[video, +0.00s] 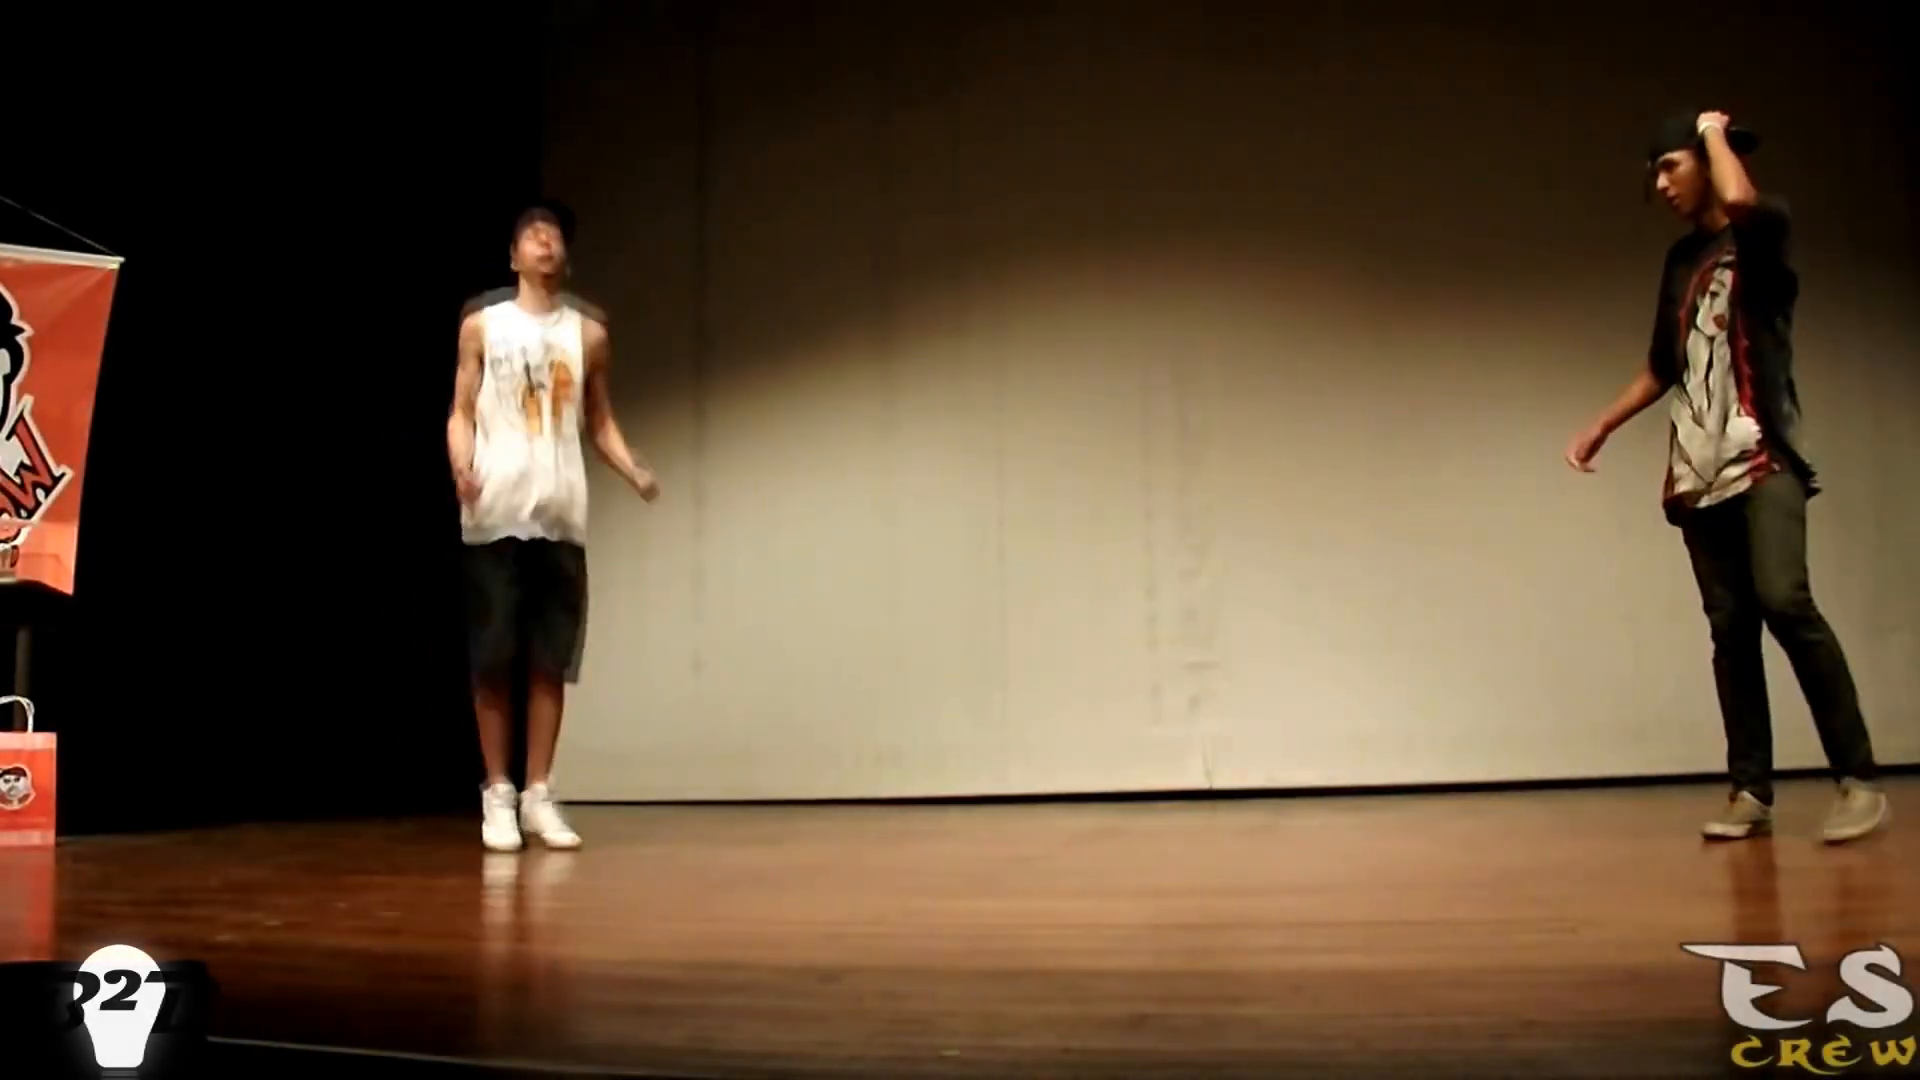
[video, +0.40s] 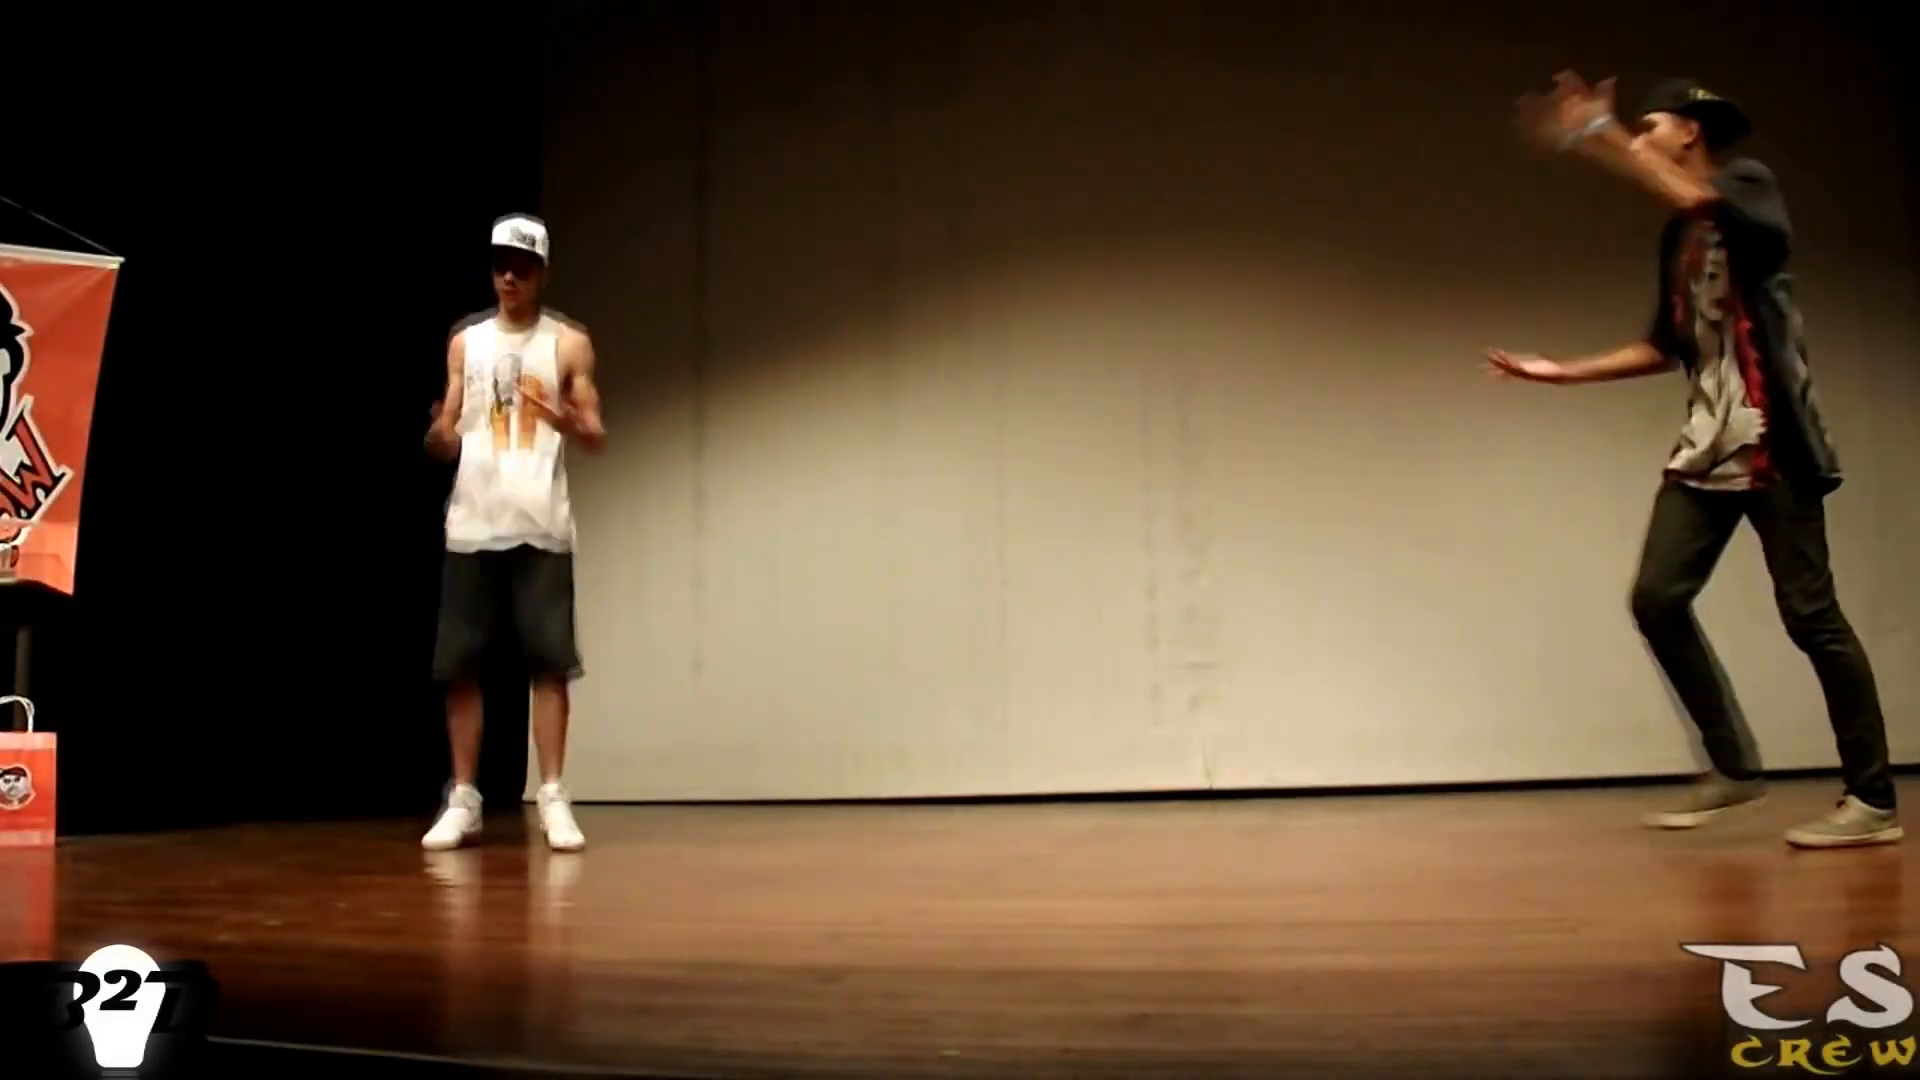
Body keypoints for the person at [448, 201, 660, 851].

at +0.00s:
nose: (545, 245)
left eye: (554, 236)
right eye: (534, 236)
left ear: (566, 253)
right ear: (514, 251)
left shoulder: (589, 332)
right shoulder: (481, 325)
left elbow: (600, 420)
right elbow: (462, 410)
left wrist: (633, 470)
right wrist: (463, 465)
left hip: (560, 520)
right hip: (492, 519)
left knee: (551, 666)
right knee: (493, 665)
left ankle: (538, 797)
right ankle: (498, 796)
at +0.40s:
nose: (511, 279)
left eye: (523, 268)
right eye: (503, 267)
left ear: (543, 274)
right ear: (491, 271)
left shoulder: (569, 342)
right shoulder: (465, 342)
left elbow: (593, 434)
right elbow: (447, 431)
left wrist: (553, 410)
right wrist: (443, 431)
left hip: (541, 531)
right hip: (471, 530)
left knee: (550, 666)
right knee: (461, 666)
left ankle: (551, 796)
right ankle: (464, 797)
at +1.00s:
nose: (621, 358)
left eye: (630, 349)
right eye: (615, 346)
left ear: (635, 349)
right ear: (590, 336)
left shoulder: (635, 395)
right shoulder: (541, 388)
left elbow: (636, 472)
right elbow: (541, 470)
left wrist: (605, 419)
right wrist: (590, 421)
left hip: (611, 564)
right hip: (544, 563)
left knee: (628, 689)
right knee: (511, 680)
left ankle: (589, 785)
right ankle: (468, 795)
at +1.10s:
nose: (654, 356)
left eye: (660, 348)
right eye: (650, 343)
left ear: (661, 348)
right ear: (624, 331)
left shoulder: (650, 389)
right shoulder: (566, 380)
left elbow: (653, 471)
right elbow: (568, 464)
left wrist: (645, 415)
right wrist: (621, 418)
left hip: (629, 555)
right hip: (571, 551)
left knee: (636, 680)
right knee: (554, 677)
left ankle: (593, 782)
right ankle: (530, 790)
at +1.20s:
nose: (680, 357)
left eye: (687, 348)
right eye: (677, 343)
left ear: (684, 347)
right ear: (650, 328)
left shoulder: (671, 385)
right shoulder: (591, 373)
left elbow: (670, 471)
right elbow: (591, 458)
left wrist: (666, 414)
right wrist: (646, 417)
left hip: (647, 544)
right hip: (598, 542)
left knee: (638, 673)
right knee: (621, 670)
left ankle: (595, 779)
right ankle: (601, 781)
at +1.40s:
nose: (736, 368)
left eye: (742, 356)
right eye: (731, 352)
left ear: (736, 356)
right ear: (700, 339)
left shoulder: (713, 398)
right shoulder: (644, 392)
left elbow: (723, 483)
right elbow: (654, 479)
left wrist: (722, 432)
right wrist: (707, 439)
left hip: (694, 568)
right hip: (659, 568)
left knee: (646, 684)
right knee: (719, 683)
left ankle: (586, 782)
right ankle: (767, 798)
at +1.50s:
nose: (763, 359)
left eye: (769, 348)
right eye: (758, 345)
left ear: (764, 348)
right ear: (727, 335)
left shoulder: (739, 393)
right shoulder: (674, 391)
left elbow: (755, 478)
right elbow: (689, 481)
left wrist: (750, 431)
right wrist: (746, 437)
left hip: (726, 557)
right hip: (693, 557)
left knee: (695, 688)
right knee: (752, 677)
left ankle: (619, 772)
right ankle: (778, 803)